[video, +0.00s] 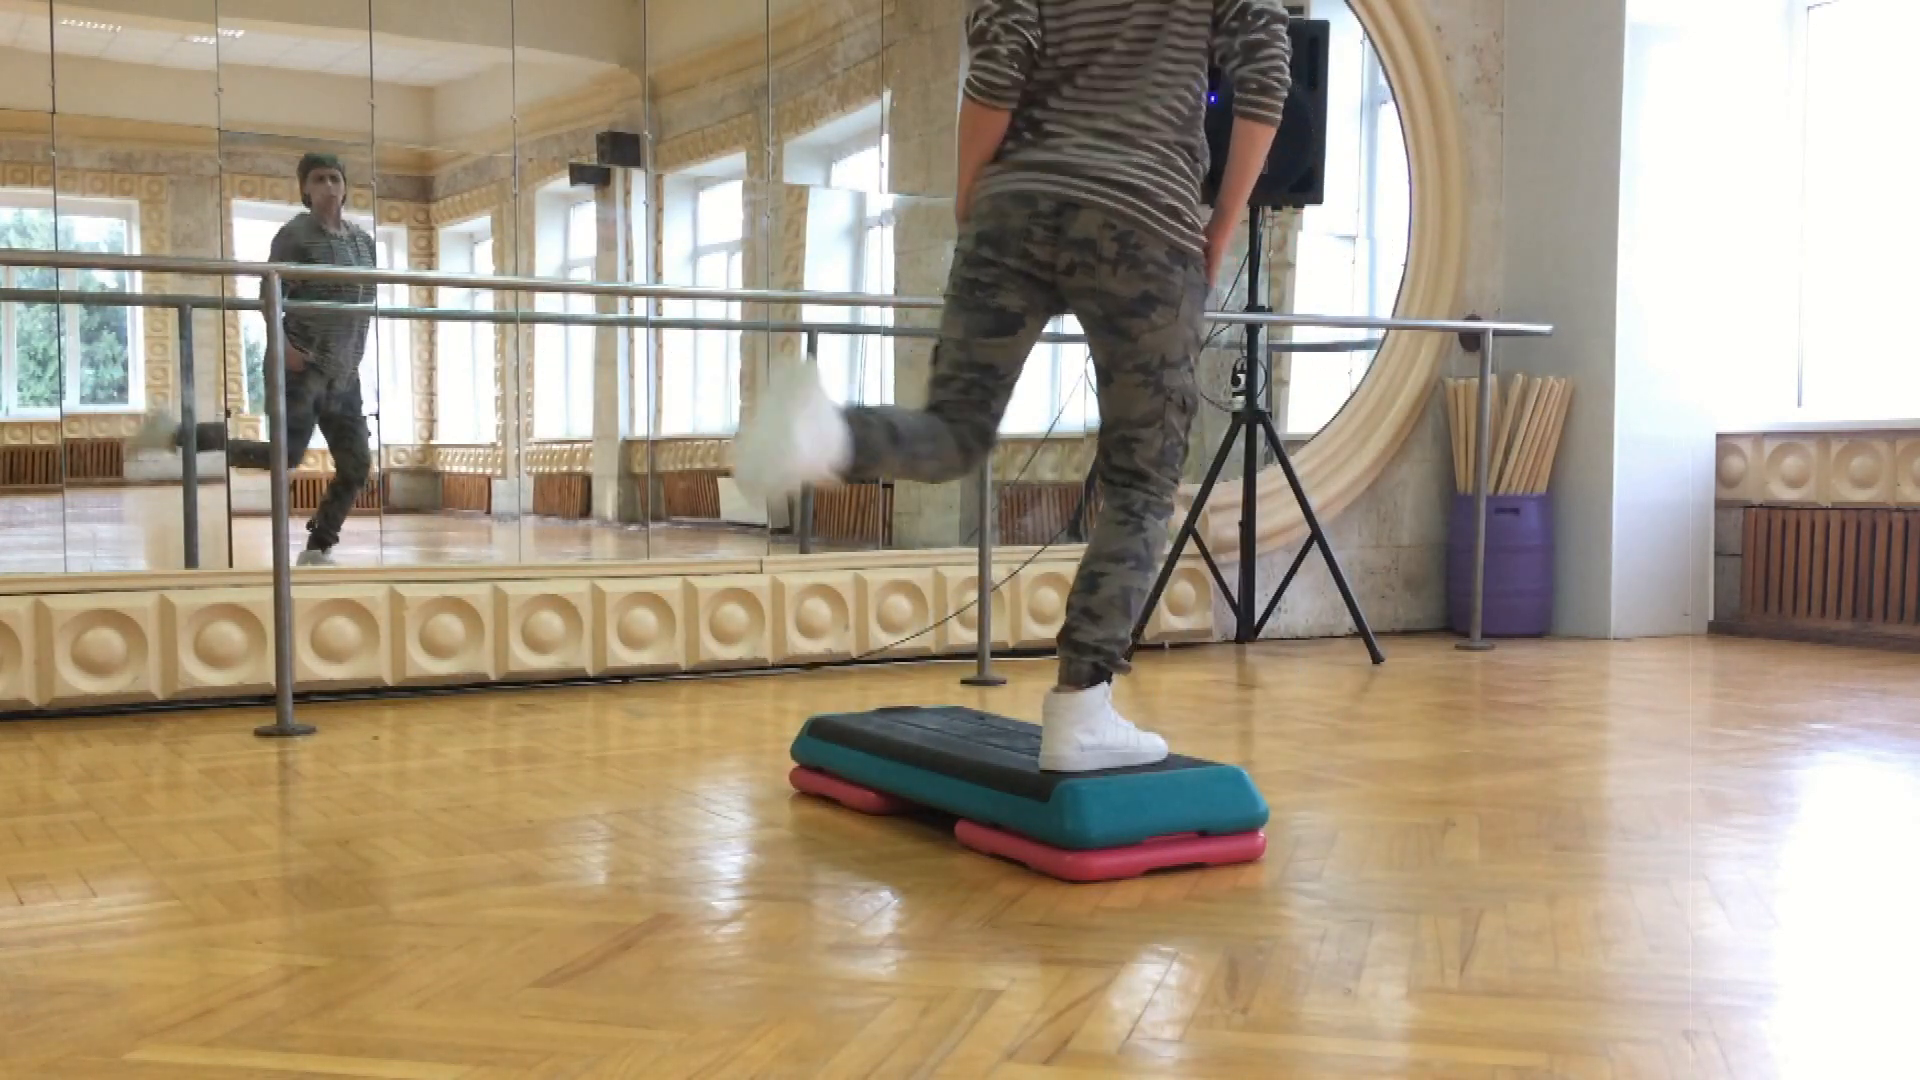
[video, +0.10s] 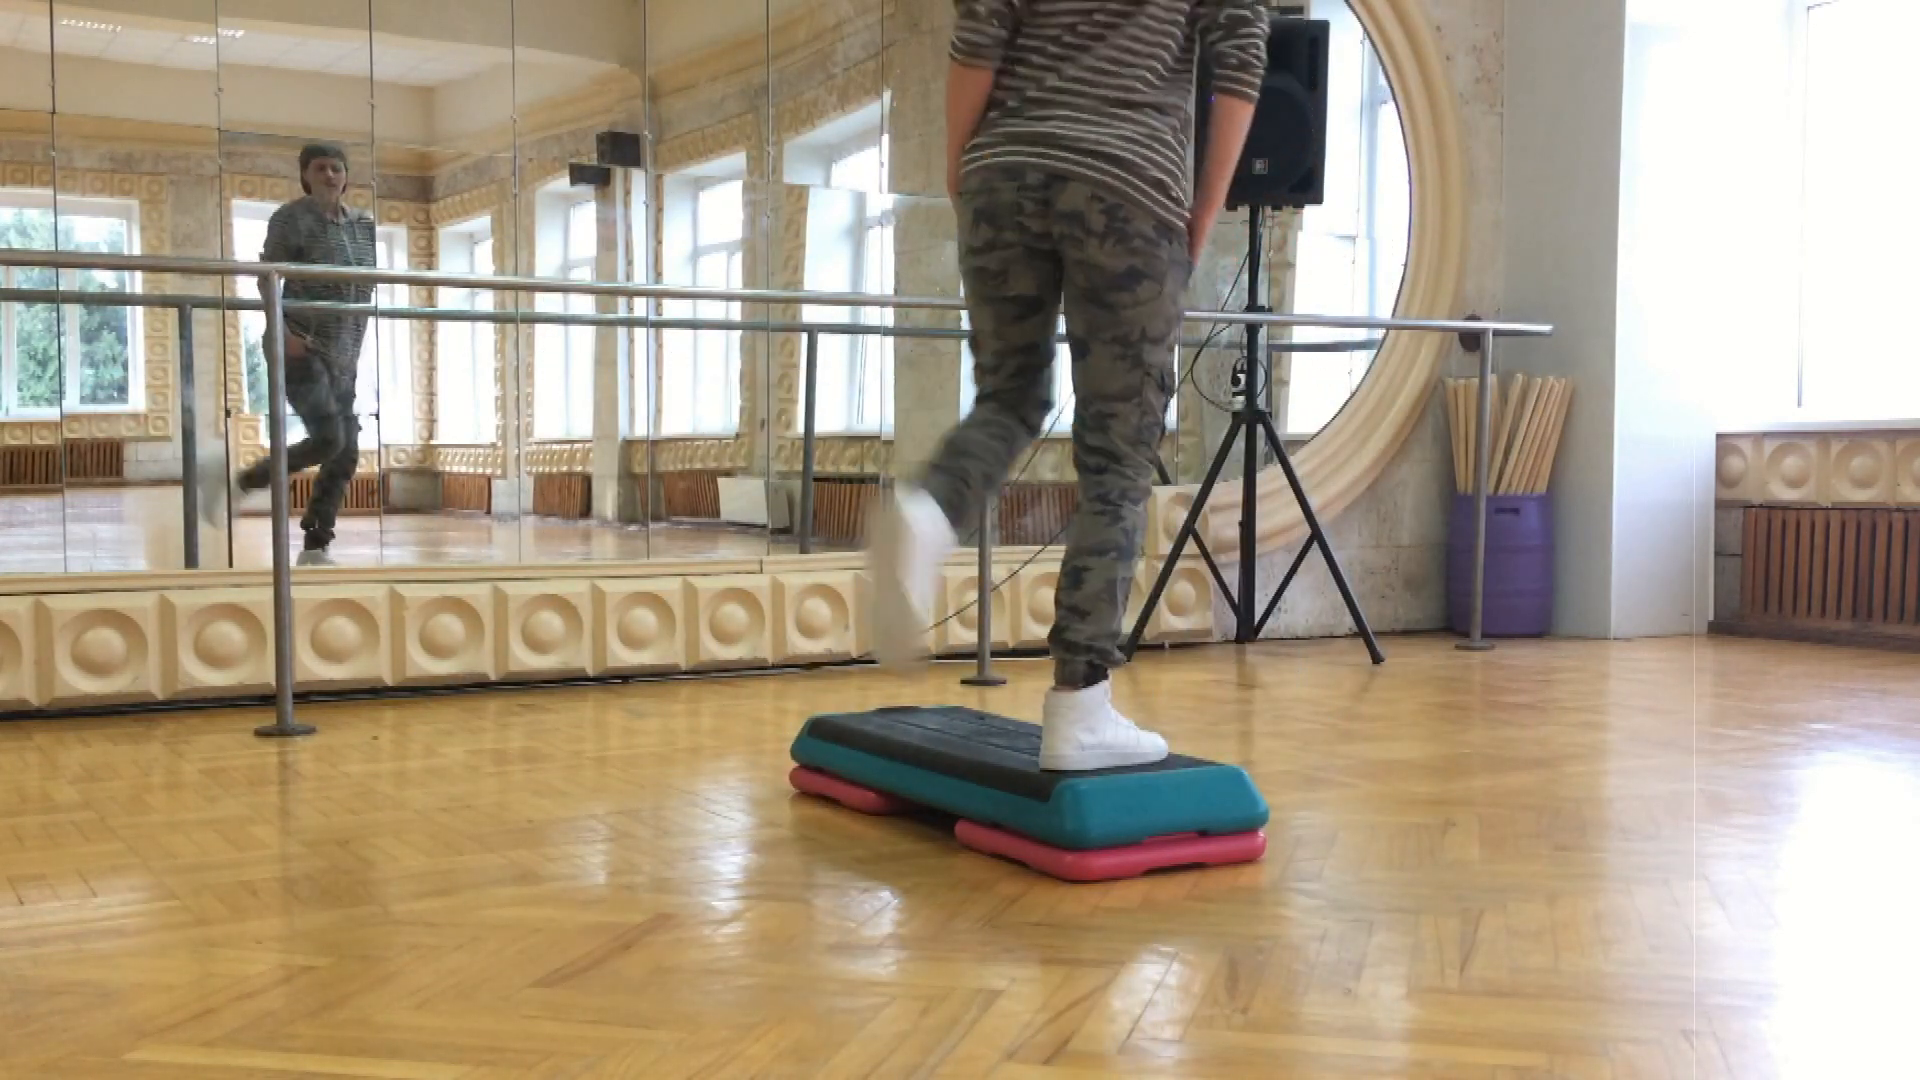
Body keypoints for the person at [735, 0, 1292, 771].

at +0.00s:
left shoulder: (1024, 1)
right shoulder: (1235, 5)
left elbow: (996, 69)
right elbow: (1264, 86)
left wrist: (970, 207)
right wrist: (1221, 232)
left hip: (1017, 191)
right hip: (1146, 214)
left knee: (955, 429)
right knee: (1139, 483)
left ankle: (825, 435)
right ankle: (1079, 712)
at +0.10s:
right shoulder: (1226, 3)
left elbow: (977, 40)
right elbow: (1238, 70)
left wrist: (958, 174)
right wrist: (1203, 217)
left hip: (998, 166)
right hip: (1127, 178)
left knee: (1008, 398)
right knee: (1115, 454)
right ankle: (1079, 704)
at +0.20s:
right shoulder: (1210, 5)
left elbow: (959, 28)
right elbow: (1219, 68)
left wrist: (955, 169)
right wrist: (1187, 216)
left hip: (994, 165)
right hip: (1127, 177)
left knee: (1015, 409)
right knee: (1108, 449)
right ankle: (1078, 706)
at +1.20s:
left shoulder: (911, 6)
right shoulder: (1106, 7)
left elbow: (896, 111)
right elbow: (1126, 131)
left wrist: (884, 229)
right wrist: (1112, 257)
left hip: (931, 234)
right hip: (1054, 237)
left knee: (952, 465)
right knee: (1060, 471)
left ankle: (947, 700)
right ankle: (1057, 696)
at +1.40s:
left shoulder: (885, 2)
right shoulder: (1084, 5)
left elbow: (855, 102)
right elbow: (1106, 119)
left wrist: (856, 235)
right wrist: (1089, 254)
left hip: (908, 238)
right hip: (1028, 240)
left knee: (942, 461)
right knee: (1043, 455)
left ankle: (943, 693)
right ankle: (1009, 654)